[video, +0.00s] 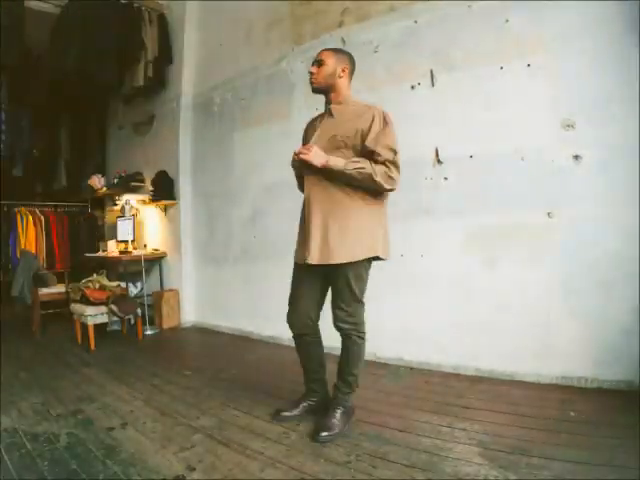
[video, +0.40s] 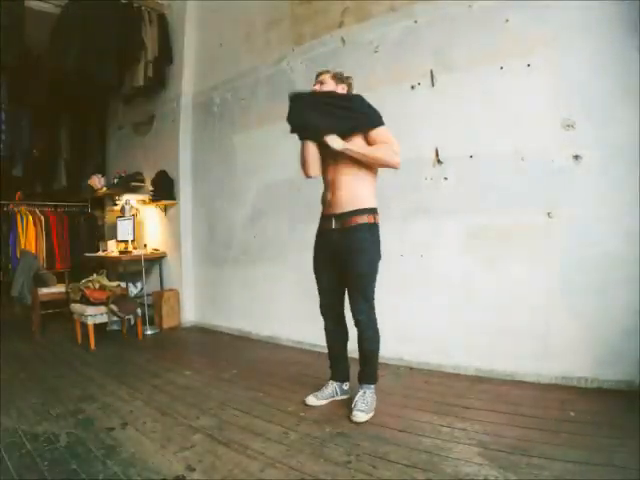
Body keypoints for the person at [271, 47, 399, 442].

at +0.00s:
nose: (311, 71)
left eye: (318, 65)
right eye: (312, 65)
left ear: (342, 72)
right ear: (335, 73)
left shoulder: (374, 118)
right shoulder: (314, 126)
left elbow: (387, 177)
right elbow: (307, 186)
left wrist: (328, 161)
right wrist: (301, 165)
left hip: (354, 238)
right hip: (315, 237)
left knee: (348, 320)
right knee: (300, 319)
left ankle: (342, 405)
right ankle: (315, 396)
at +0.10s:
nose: (300, 67)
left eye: (307, 63)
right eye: (296, 65)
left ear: (324, 75)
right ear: (293, 78)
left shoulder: (353, 121)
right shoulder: (284, 133)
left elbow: (366, 187)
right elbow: (275, 189)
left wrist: (361, 239)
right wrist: (270, 237)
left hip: (342, 242)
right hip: (300, 244)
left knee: (355, 323)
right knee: (313, 322)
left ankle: (370, 411)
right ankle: (320, 398)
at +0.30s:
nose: (329, 74)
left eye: (334, 69)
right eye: (321, 69)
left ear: (341, 77)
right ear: (309, 79)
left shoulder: (357, 128)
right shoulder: (288, 130)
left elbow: (371, 181)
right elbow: (279, 184)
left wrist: (377, 229)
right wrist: (280, 234)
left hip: (353, 234)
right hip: (312, 236)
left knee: (355, 313)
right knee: (315, 315)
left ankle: (351, 380)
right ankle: (319, 386)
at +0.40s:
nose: (316, 92)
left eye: (322, 87)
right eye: (314, 87)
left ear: (343, 91)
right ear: (315, 95)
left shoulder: (363, 120)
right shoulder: (320, 133)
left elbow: (392, 157)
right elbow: (311, 170)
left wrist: (343, 147)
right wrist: (309, 119)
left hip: (360, 228)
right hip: (327, 229)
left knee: (361, 309)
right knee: (330, 310)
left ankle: (367, 387)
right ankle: (339, 381)